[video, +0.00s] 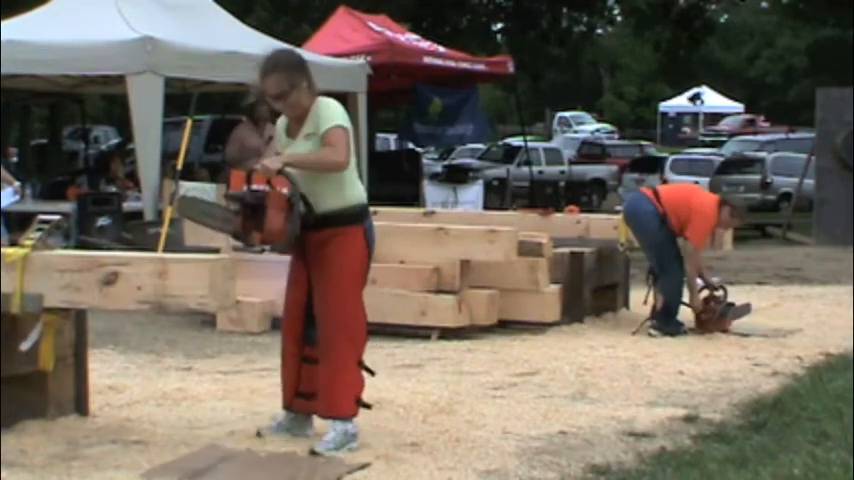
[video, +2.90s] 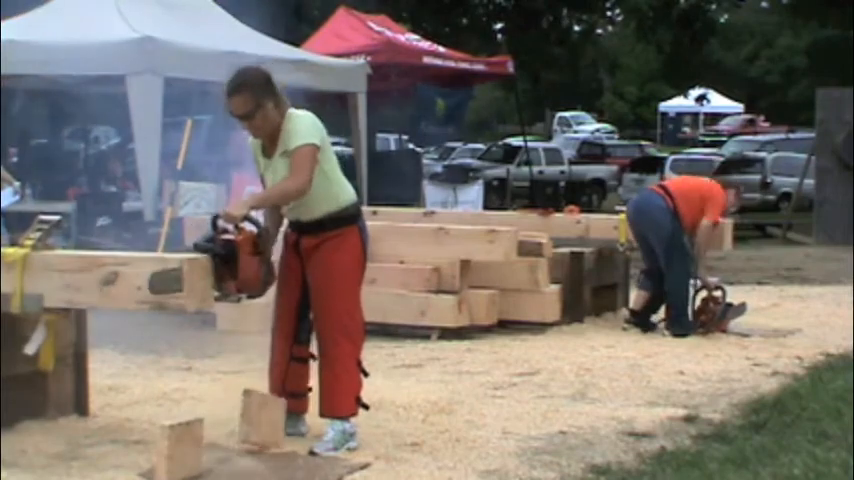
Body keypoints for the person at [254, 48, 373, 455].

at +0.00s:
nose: (277, 106)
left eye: (281, 96)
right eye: (271, 99)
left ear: (304, 85)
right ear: (270, 95)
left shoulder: (329, 110)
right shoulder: (282, 126)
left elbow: (338, 158)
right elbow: (279, 178)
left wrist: (286, 159)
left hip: (344, 232)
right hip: (307, 234)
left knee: (339, 321)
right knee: (298, 319)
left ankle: (344, 422)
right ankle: (297, 413)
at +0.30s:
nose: (267, 113)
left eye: (272, 103)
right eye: (262, 106)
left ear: (296, 94)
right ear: (263, 103)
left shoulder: (323, 120)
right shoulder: (281, 136)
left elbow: (322, 174)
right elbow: (292, 192)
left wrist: (268, 187)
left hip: (350, 233)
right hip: (316, 235)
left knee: (344, 324)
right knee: (304, 321)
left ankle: (345, 422)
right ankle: (299, 413)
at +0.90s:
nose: (252, 134)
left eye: (254, 124)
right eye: (245, 128)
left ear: (278, 110)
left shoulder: (310, 134)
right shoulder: (266, 154)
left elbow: (310, 198)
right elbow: (289, 209)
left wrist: (258, 232)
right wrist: (285, 257)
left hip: (350, 236)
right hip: (313, 241)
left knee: (345, 326)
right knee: (302, 326)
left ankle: (346, 423)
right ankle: (296, 414)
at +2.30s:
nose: (257, 114)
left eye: (261, 103)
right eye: (251, 107)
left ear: (284, 92)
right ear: (249, 104)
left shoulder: (311, 117)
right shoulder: (267, 135)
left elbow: (316, 169)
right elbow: (282, 192)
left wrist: (264, 173)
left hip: (333, 234)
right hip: (295, 235)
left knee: (334, 323)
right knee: (288, 322)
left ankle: (342, 422)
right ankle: (290, 414)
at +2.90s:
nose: (247, 127)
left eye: (250, 116)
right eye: (241, 120)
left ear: (272, 103)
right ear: (240, 114)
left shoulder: (303, 125)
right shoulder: (260, 144)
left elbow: (300, 184)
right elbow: (273, 205)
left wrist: (250, 202)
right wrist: (264, 254)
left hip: (337, 235)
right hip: (299, 238)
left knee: (336, 326)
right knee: (289, 326)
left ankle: (342, 424)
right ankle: (292, 415)